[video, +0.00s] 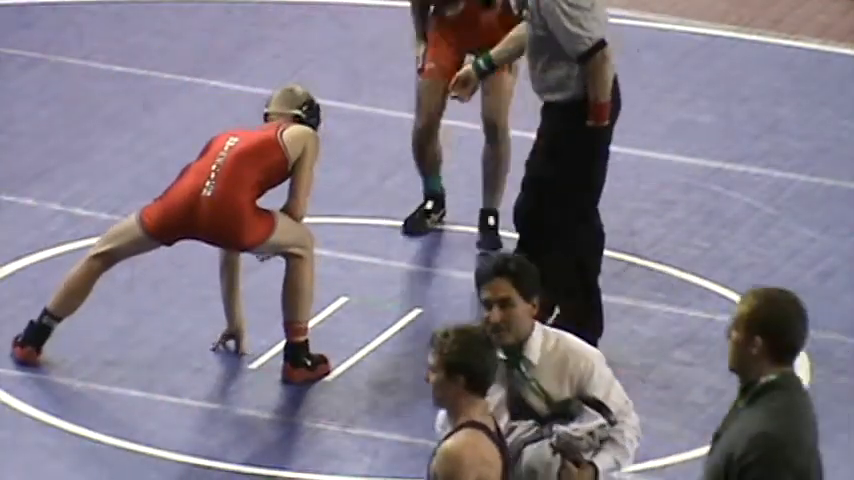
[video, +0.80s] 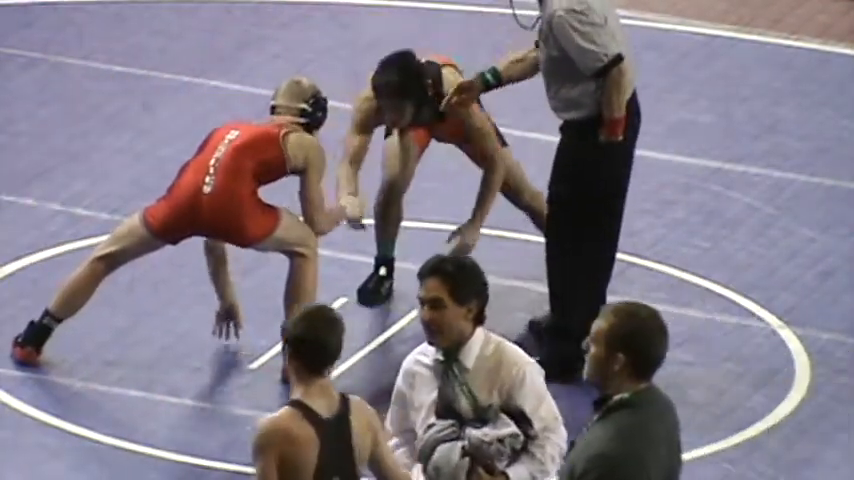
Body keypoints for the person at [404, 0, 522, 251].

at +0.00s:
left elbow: (530, 19)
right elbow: (420, 4)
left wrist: (485, 62)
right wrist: (421, 40)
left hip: (498, 24)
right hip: (446, 24)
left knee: (496, 126)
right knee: (424, 125)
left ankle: (489, 217)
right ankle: (433, 201)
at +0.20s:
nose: (432, 64)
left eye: (437, 57)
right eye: (426, 56)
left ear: (455, 40)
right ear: (415, 30)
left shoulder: (489, 25)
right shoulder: (406, 11)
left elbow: (534, 44)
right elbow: (379, 0)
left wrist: (513, 91)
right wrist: (376, 44)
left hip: (482, 61)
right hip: (429, 55)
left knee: (482, 156)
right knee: (400, 130)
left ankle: (479, 235)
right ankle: (403, 221)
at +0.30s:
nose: (419, 86)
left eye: (426, 78)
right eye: (413, 79)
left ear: (444, 58)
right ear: (402, 58)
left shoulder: (477, 45)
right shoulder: (394, 32)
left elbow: (526, 91)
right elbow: (360, 31)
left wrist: (494, 148)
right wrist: (355, 92)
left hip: (471, 73)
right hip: (419, 70)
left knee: (482, 168)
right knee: (399, 155)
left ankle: (477, 237)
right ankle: (384, 250)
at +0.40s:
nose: (401, 107)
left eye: (410, 100)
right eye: (397, 98)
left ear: (433, 84)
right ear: (391, 83)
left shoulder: (461, 68)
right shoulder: (380, 62)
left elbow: (498, 157)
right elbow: (335, 81)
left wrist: (468, 210)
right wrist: (342, 143)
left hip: (458, 90)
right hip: (404, 95)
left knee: (502, 174)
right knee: (388, 170)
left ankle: (492, 229)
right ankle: (378, 266)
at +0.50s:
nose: (393, 128)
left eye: (401, 121)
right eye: (390, 119)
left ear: (422, 110)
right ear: (383, 101)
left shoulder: (451, 105)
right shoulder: (370, 90)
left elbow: (468, 192)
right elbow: (322, 115)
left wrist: (456, 260)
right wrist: (326, 171)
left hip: (452, 88)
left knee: (500, 183)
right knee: (385, 175)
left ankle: (542, 248)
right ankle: (379, 268)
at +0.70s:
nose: (389, 130)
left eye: (397, 123)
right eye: (385, 121)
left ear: (420, 110)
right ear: (379, 107)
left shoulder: (452, 110)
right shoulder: (367, 101)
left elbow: (479, 193)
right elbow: (334, 153)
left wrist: (461, 261)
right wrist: (330, 192)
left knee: (516, 196)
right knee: (392, 182)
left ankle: (579, 250)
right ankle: (382, 269)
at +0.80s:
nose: (387, 119)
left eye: (396, 111)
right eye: (382, 110)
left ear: (421, 99)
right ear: (376, 99)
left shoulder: (455, 97)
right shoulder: (369, 106)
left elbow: (496, 162)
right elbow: (350, 162)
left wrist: (475, 225)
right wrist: (349, 200)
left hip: (460, 123)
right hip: (410, 123)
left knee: (523, 196)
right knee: (391, 186)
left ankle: (576, 248)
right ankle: (383, 270)